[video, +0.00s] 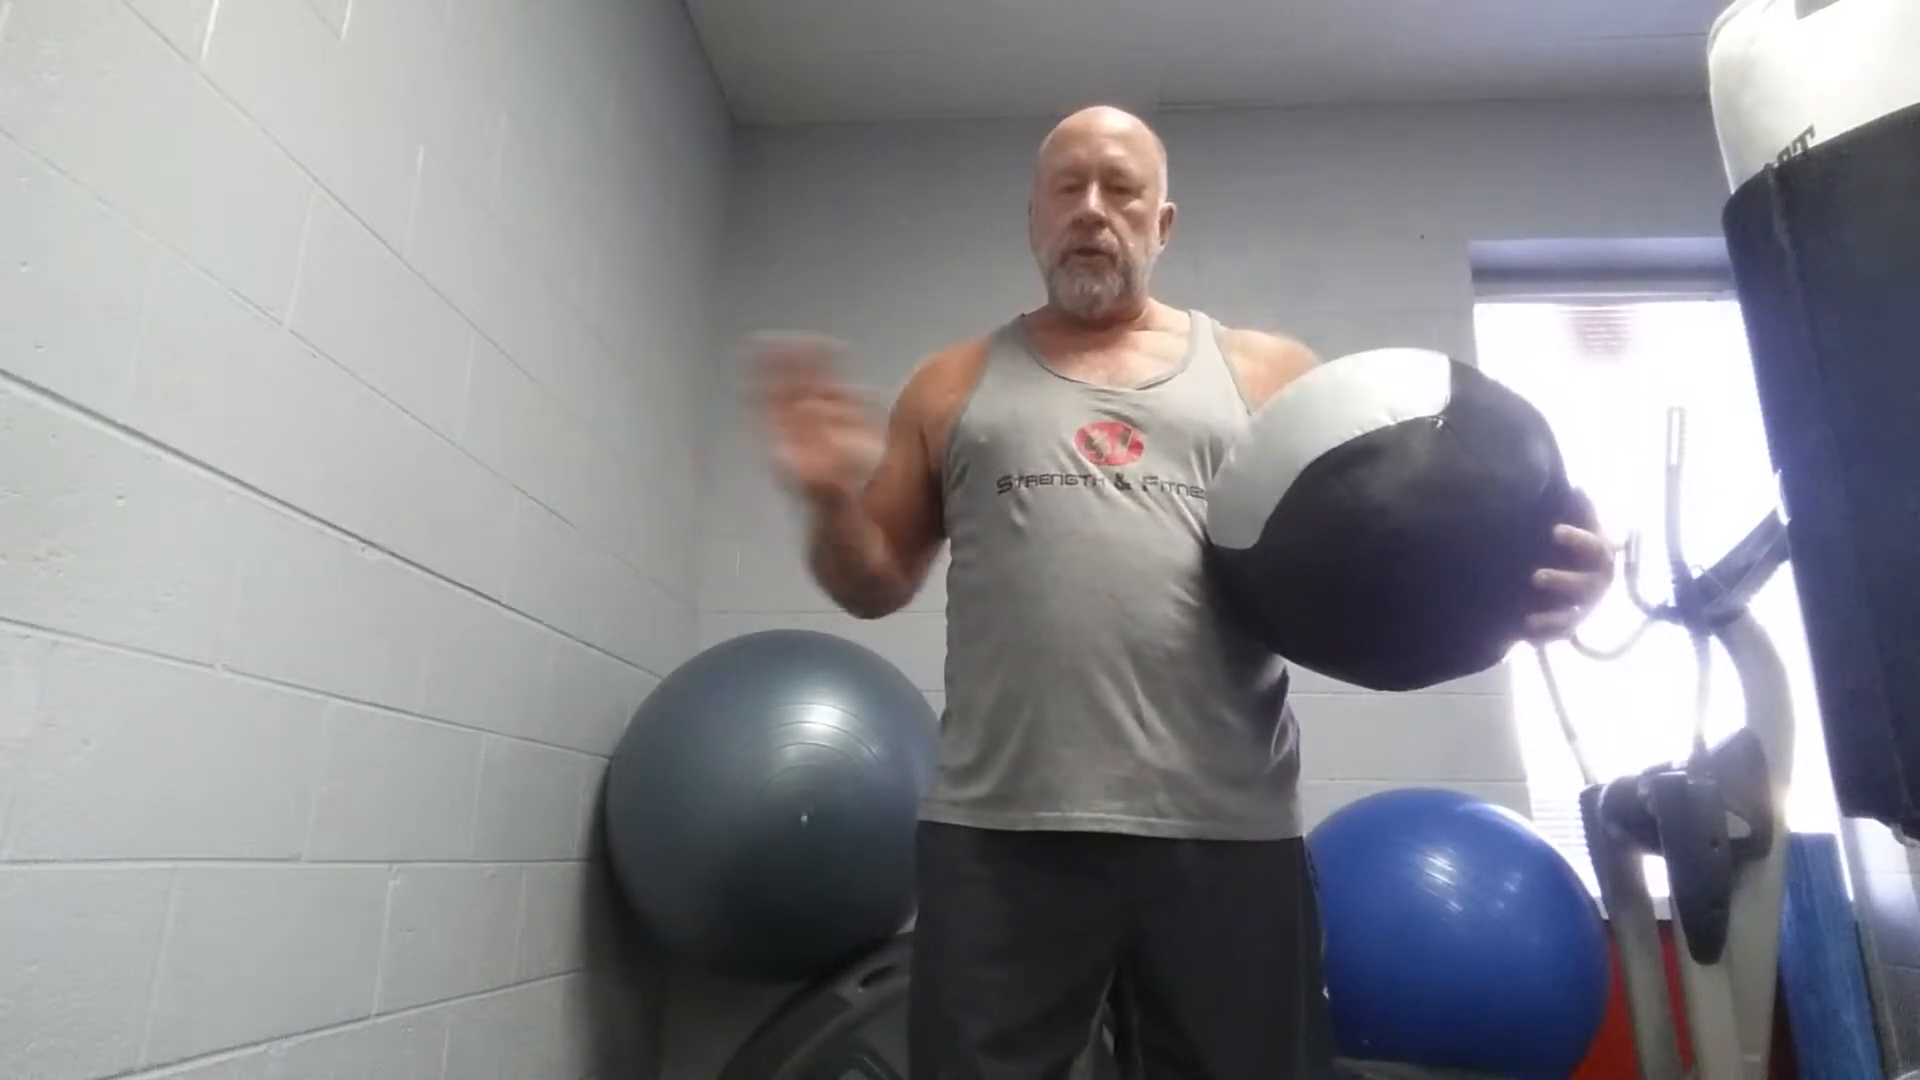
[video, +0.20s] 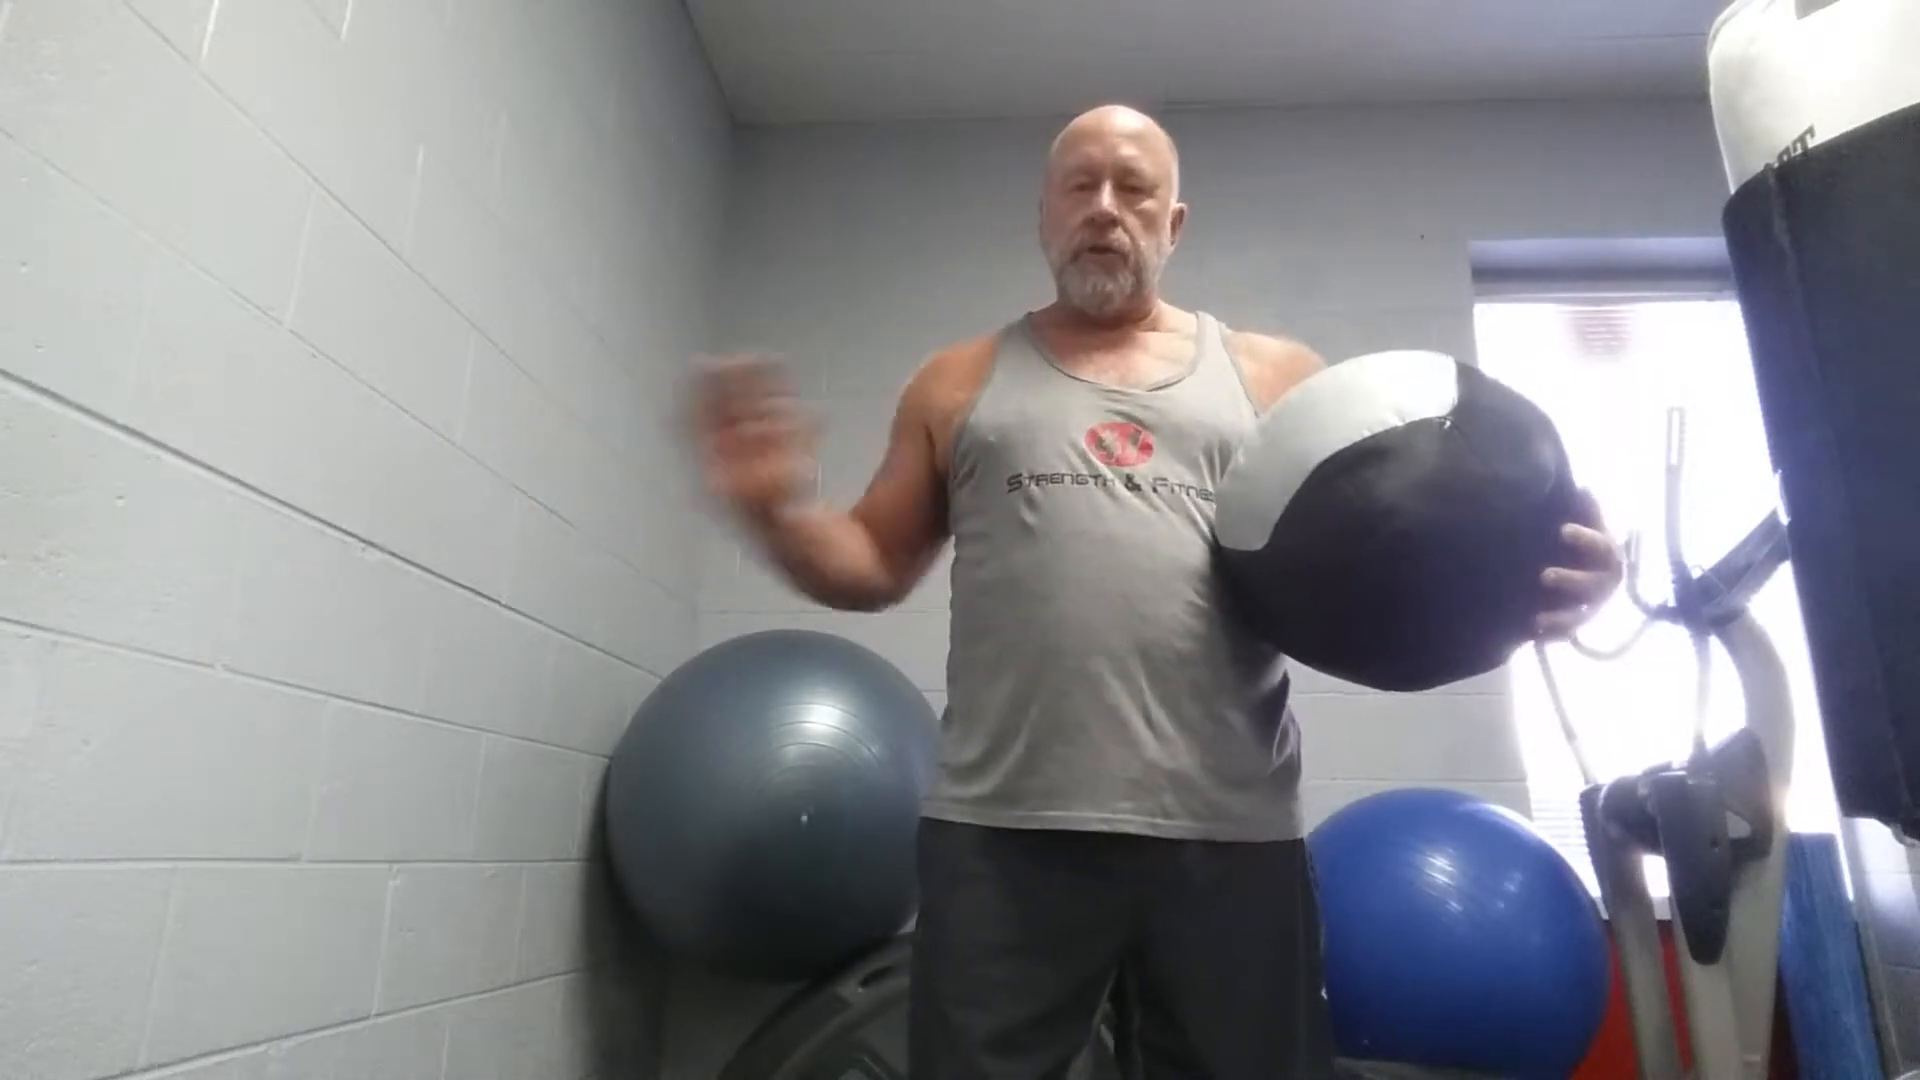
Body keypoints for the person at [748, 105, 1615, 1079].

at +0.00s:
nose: (1092, 207)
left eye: (1121, 187)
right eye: (1067, 186)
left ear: (1164, 220)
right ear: (1031, 216)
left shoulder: (1267, 370)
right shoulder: (951, 383)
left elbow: (1396, 543)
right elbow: (875, 585)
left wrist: (1539, 575)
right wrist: (828, 497)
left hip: (1225, 834)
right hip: (999, 833)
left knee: (1248, 1068)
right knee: (978, 1068)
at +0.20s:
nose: (1103, 210)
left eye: (1133, 188)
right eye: (1080, 185)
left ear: (1175, 222)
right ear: (1041, 213)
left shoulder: (1274, 376)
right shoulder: (956, 384)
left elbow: (1393, 551)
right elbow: (870, 564)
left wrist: (1545, 578)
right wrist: (771, 507)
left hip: (1227, 836)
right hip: (1002, 833)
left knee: (1250, 1076)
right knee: (975, 1072)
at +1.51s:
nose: (988, 177)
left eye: (1018, 157)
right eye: (961, 159)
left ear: (1068, 196)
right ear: (932, 198)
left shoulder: (1164, 325)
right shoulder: (882, 394)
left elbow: (1371, 458)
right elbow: (837, 584)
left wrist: (1409, 551)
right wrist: (774, 582)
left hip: (1133, 825)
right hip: (938, 843)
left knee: (1104, 1062)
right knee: (947, 1066)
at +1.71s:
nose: (958, 160)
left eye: (991, 135)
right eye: (935, 138)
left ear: (1054, 169)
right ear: (910, 174)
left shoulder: (1153, 302)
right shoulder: (881, 381)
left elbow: (1349, 460)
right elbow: (835, 555)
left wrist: (1312, 595)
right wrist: (817, 613)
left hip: (1128, 825)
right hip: (943, 840)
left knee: (1103, 1062)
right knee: (951, 1065)